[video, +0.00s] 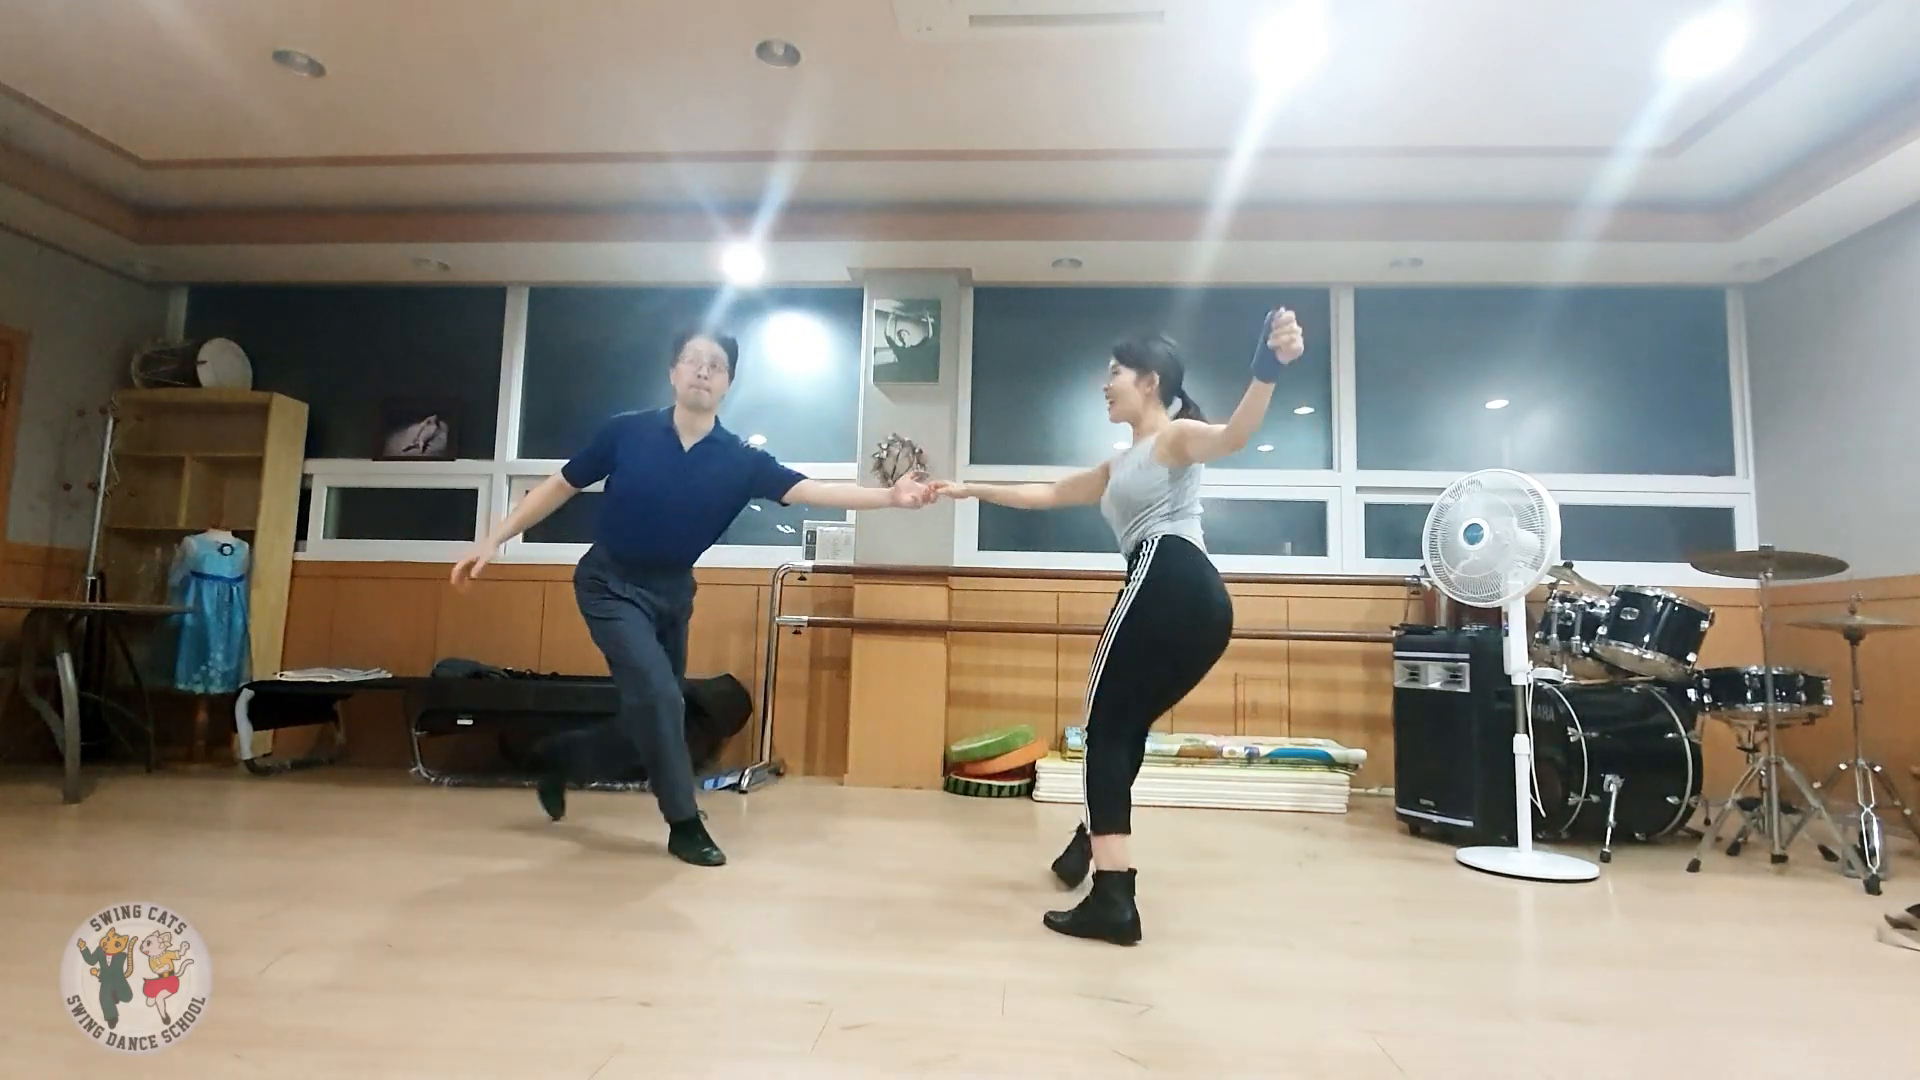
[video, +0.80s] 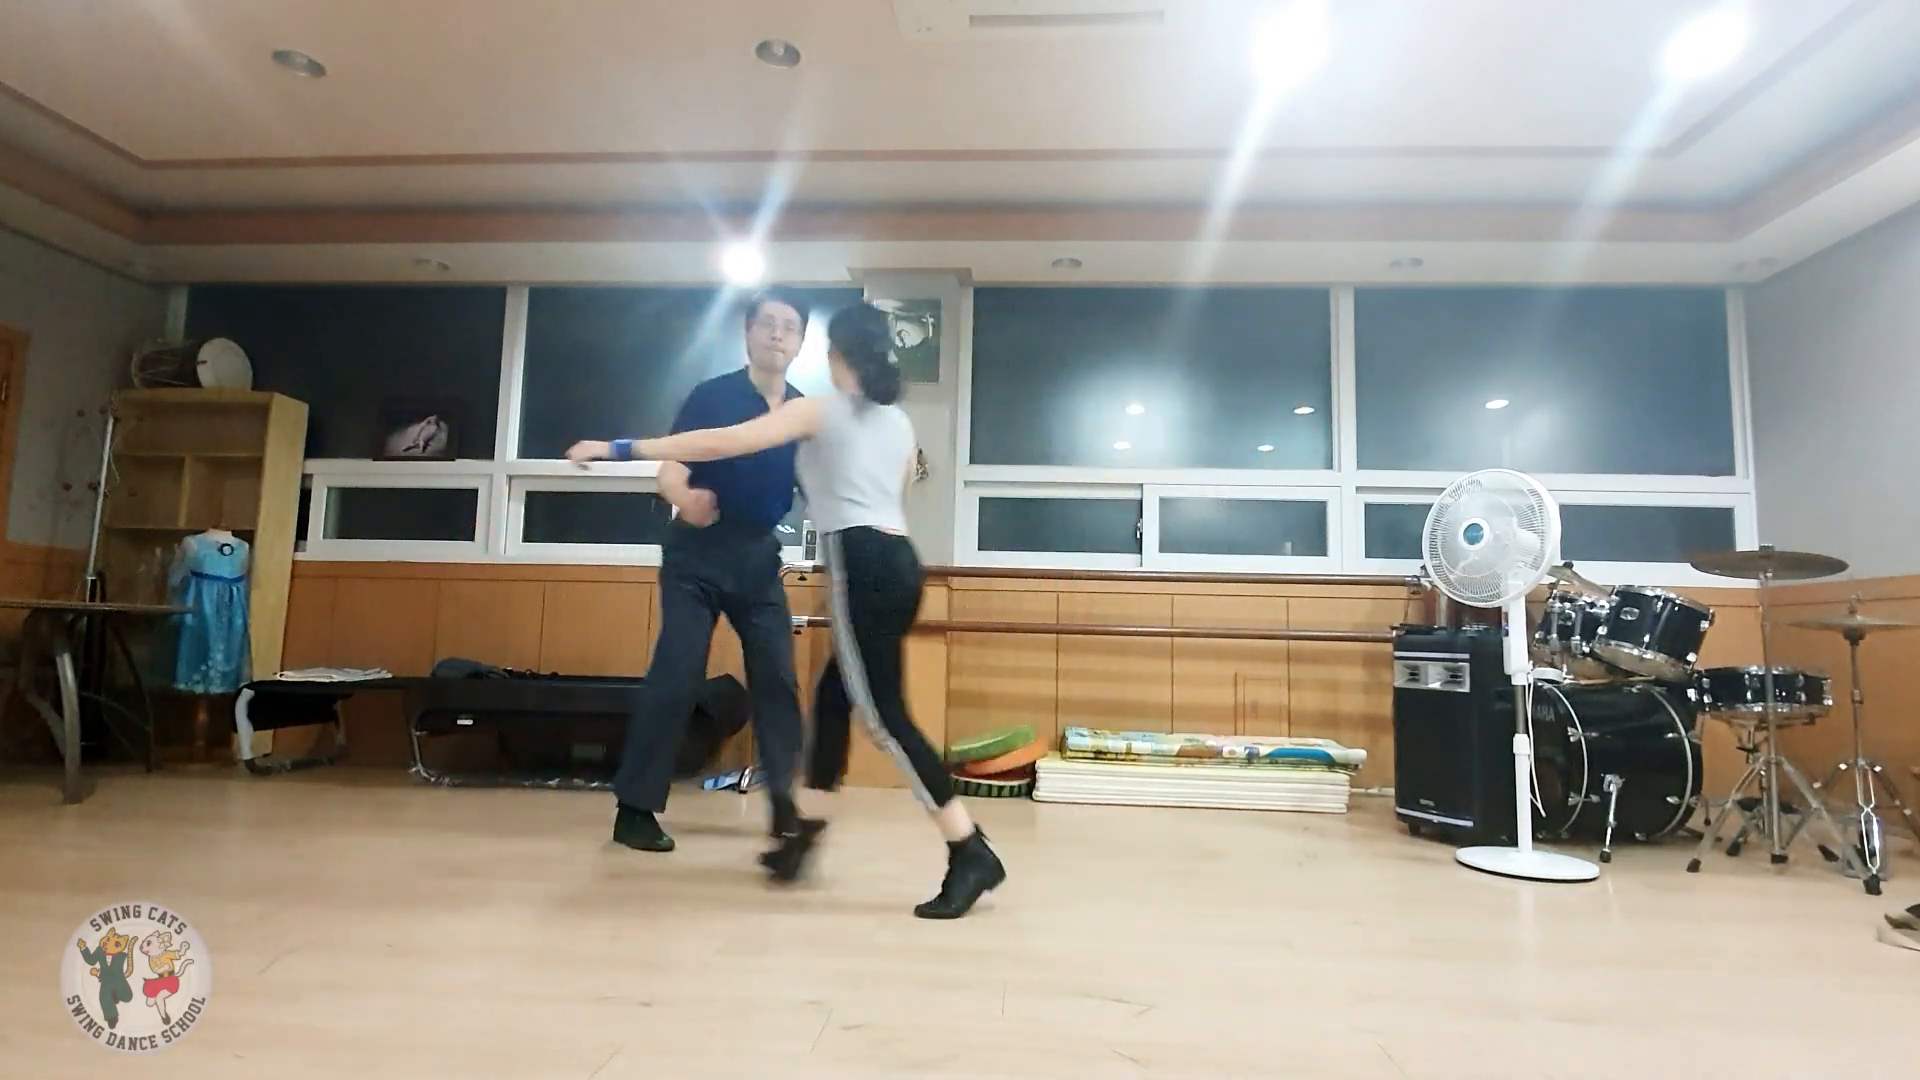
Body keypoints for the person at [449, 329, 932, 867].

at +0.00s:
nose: (701, 372)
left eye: (714, 366)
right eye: (692, 362)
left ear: (728, 385)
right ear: (671, 374)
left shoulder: (741, 461)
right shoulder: (627, 434)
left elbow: (812, 490)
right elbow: (559, 487)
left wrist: (892, 495)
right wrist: (492, 541)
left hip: (671, 595)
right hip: (611, 583)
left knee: (651, 722)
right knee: (657, 691)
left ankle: (557, 758)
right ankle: (685, 823)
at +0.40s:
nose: (694, 374)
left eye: (707, 368)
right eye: (686, 363)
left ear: (719, 385)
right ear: (667, 372)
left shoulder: (725, 450)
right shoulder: (620, 430)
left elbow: (760, 498)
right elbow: (546, 482)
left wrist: (816, 495)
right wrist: (480, 529)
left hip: (657, 583)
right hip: (605, 573)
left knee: (591, 690)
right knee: (660, 676)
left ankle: (512, 787)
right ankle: (639, 809)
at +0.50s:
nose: (710, 365)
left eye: (722, 359)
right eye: (702, 353)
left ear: (735, 375)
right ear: (680, 361)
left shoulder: (741, 444)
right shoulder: (636, 429)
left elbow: (751, 511)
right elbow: (568, 483)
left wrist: (790, 506)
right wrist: (504, 533)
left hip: (676, 582)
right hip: (626, 574)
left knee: (607, 689)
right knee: (664, 685)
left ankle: (522, 774)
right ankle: (635, 812)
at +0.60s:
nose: (731, 347)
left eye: (743, 341)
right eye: (723, 336)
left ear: (755, 357)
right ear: (700, 345)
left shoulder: (760, 429)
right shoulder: (659, 413)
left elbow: (765, 502)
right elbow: (602, 474)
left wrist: (788, 504)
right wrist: (555, 528)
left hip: (698, 568)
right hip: (646, 562)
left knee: (680, 689)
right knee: (660, 685)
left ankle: (582, 765)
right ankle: (634, 810)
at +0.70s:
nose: (752, 335)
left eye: (764, 328)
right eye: (743, 325)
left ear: (778, 341)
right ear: (723, 333)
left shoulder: (782, 415)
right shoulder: (681, 399)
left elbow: (779, 481)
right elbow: (636, 466)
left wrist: (803, 493)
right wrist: (622, 512)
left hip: (725, 560)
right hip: (666, 553)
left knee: (736, 676)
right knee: (661, 676)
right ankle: (633, 807)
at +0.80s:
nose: (777, 336)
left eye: (789, 329)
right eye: (767, 325)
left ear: (800, 342)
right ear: (746, 332)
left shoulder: (804, 412)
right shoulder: (709, 398)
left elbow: (824, 480)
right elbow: (667, 470)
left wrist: (898, 464)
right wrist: (683, 497)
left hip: (759, 562)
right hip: (695, 556)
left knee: (777, 681)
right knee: (677, 676)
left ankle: (785, 813)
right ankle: (635, 811)